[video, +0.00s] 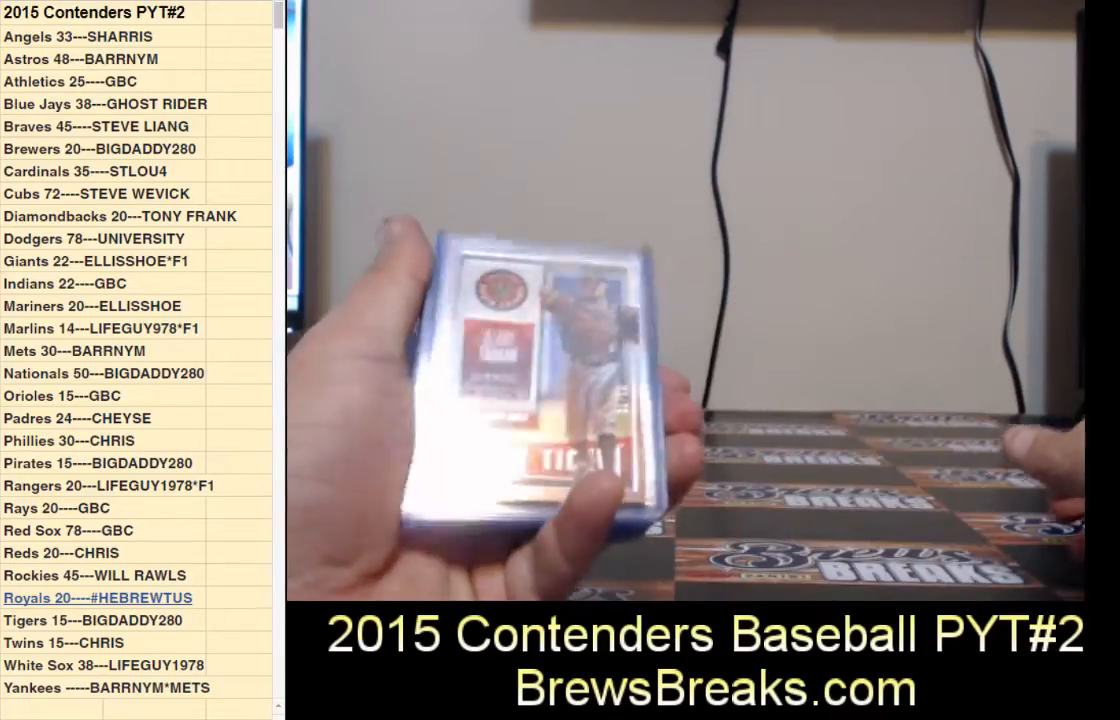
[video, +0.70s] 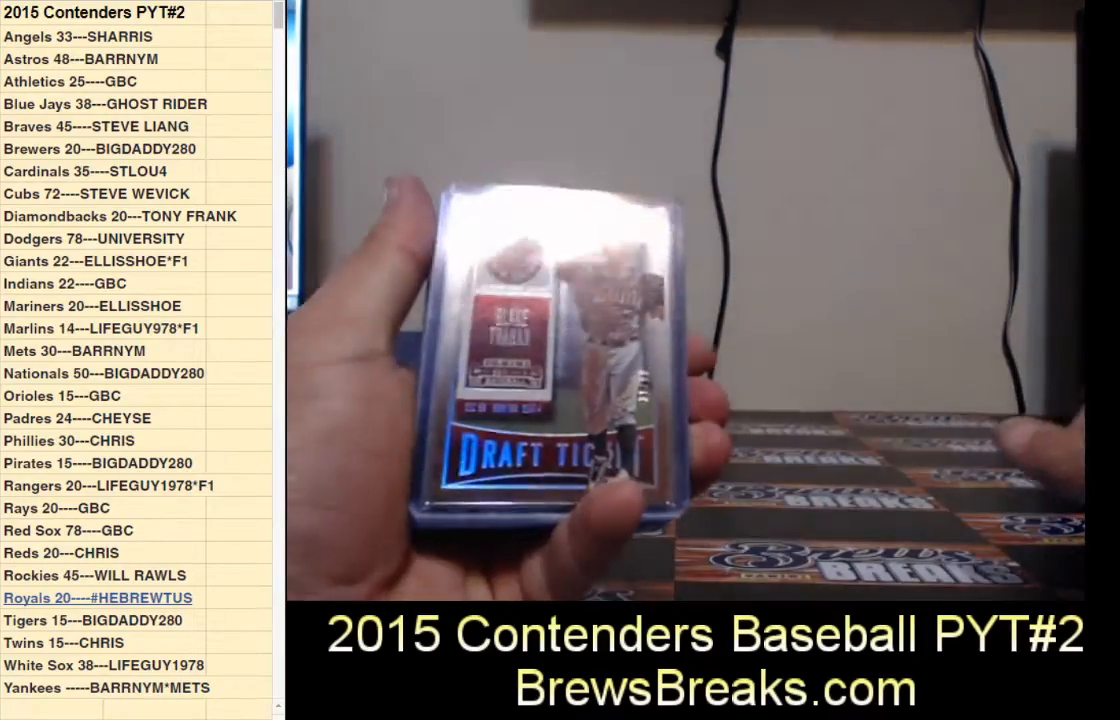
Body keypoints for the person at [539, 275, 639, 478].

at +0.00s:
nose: (591, 289)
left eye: (596, 284)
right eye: (587, 284)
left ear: (604, 287)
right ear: (581, 286)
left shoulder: (613, 311)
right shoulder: (571, 308)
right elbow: (549, 300)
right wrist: (552, 301)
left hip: (607, 366)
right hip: (579, 366)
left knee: (606, 421)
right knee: (577, 418)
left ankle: (609, 473)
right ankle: (582, 466)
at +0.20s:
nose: (592, 280)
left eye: (597, 275)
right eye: (588, 275)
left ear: (604, 278)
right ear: (582, 277)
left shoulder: (616, 304)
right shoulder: (569, 300)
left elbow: (637, 331)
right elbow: (548, 294)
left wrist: (635, 318)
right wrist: (551, 292)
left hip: (608, 362)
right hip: (580, 362)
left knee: (608, 418)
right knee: (579, 417)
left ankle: (611, 469)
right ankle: (586, 463)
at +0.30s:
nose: (594, 274)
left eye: (599, 266)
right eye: (589, 267)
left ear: (608, 269)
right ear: (584, 269)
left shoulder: (621, 297)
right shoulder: (576, 300)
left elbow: (632, 324)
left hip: (609, 354)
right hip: (581, 355)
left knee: (608, 409)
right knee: (581, 406)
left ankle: (612, 467)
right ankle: (586, 459)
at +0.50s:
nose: (601, 260)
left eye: (608, 256)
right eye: (596, 255)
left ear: (615, 258)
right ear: (590, 255)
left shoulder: (624, 274)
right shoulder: (572, 273)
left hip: (616, 345)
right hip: (584, 345)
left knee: (612, 409)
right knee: (582, 409)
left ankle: (614, 470)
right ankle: (587, 467)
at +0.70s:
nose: (616, 257)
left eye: (622, 252)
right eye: (611, 251)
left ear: (631, 255)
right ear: (605, 252)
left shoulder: (638, 279)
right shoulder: (588, 272)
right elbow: (559, 270)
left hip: (628, 346)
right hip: (596, 346)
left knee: (624, 408)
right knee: (594, 407)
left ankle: (626, 470)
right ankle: (600, 467)